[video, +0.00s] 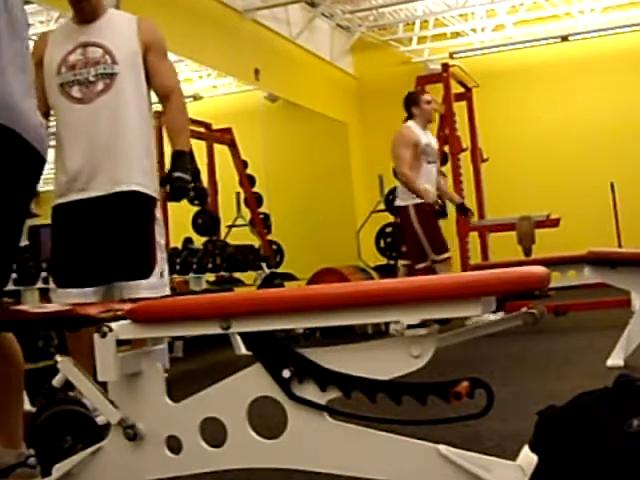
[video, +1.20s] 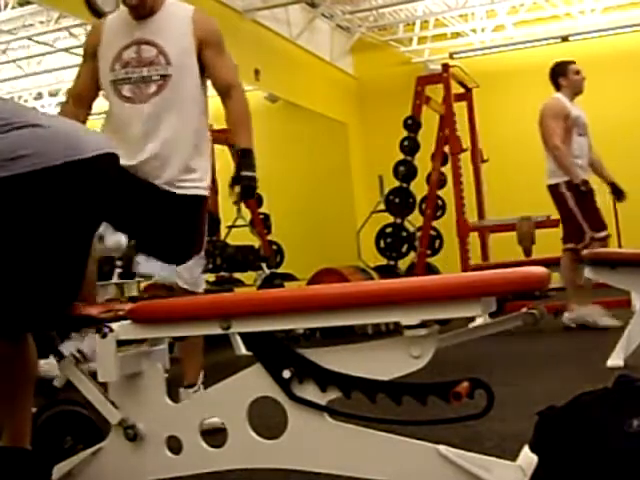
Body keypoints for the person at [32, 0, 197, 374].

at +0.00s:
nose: (80, 1)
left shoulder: (140, 32)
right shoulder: (46, 47)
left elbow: (171, 97)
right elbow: (36, 115)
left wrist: (183, 160)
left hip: (132, 183)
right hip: (73, 191)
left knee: (141, 302)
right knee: (76, 309)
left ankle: (146, 399)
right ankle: (85, 401)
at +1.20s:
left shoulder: (197, 26)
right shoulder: (101, 33)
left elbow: (232, 92)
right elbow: (77, 104)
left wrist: (246, 167)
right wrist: (53, 160)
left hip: (183, 185)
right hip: (118, 182)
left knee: (183, 298)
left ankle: (189, 395)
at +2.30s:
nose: (195, 22)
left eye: (203, 15)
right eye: (191, 11)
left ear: (210, 11)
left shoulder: (212, 40)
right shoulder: (115, 29)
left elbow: (226, 108)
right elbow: (93, 108)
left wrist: (242, 166)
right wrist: (116, 185)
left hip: (195, 189)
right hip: (130, 194)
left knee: (223, 286)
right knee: (132, 308)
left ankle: (232, 388)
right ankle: (138, 401)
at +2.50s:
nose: (227, 61)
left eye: (236, 54)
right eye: (224, 49)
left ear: (248, 47)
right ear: (207, 23)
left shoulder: (245, 72)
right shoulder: (151, 54)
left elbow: (247, 135)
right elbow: (128, 138)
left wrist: (241, 196)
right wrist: (133, 222)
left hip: (205, 203)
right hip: (145, 203)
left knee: (229, 312)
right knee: (137, 323)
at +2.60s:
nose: (238, 86)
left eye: (248, 80)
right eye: (235, 75)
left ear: (259, 72)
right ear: (218, 52)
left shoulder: (257, 89)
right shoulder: (161, 76)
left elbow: (259, 153)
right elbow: (138, 167)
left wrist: (247, 212)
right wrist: (144, 250)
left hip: (209, 196)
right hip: (150, 193)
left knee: (229, 302)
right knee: (146, 306)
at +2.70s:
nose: (247, 137)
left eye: (257, 133)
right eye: (245, 128)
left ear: (269, 120)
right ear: (232, 101)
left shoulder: (264, 120)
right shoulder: (168, 120)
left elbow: (264, 178)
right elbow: (149, 210)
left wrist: (250, 236)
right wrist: (153, 292)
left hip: (210, 209)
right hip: (159, 211)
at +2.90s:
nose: (247, 212)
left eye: (256, 207)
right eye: (246, 204)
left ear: (265, 196)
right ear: (231, 177)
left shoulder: (260, 188)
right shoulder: (173, 186)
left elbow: (247, 262)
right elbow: (156, 278)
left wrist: (243, 338)